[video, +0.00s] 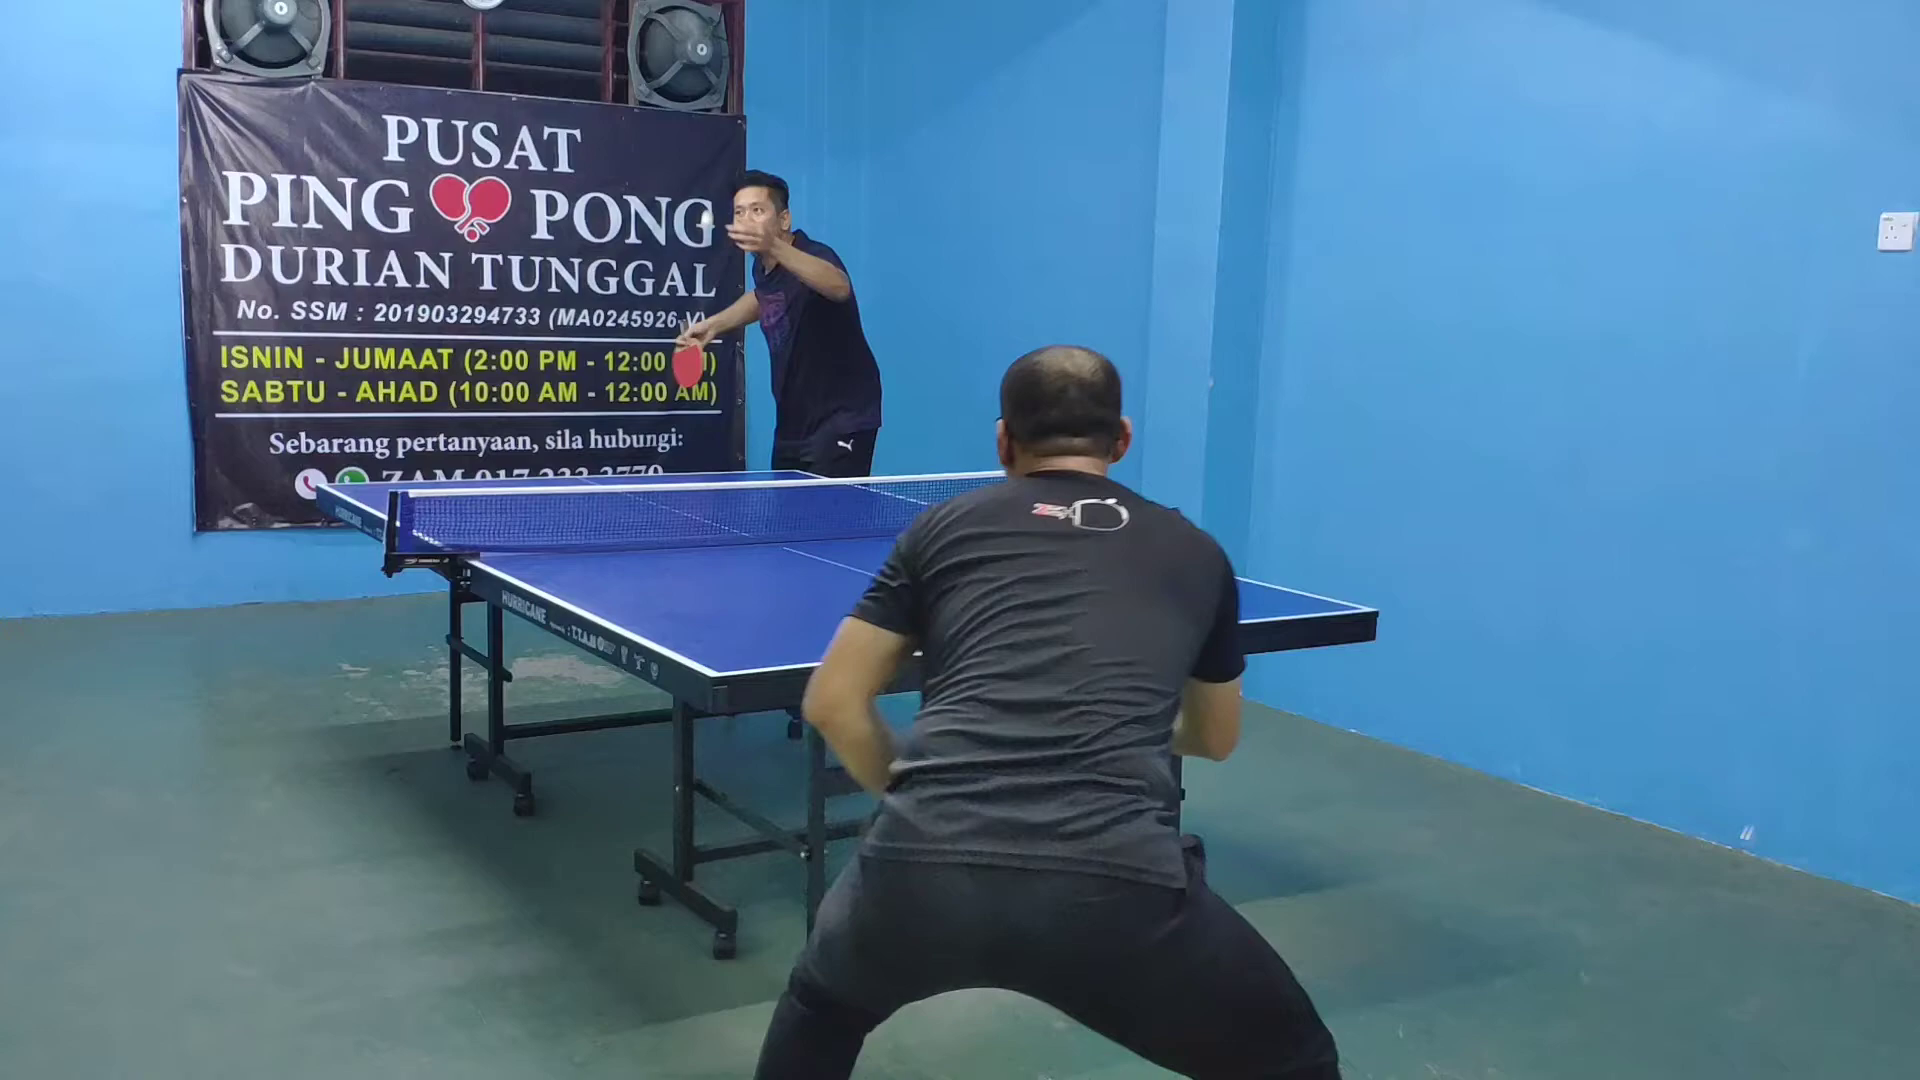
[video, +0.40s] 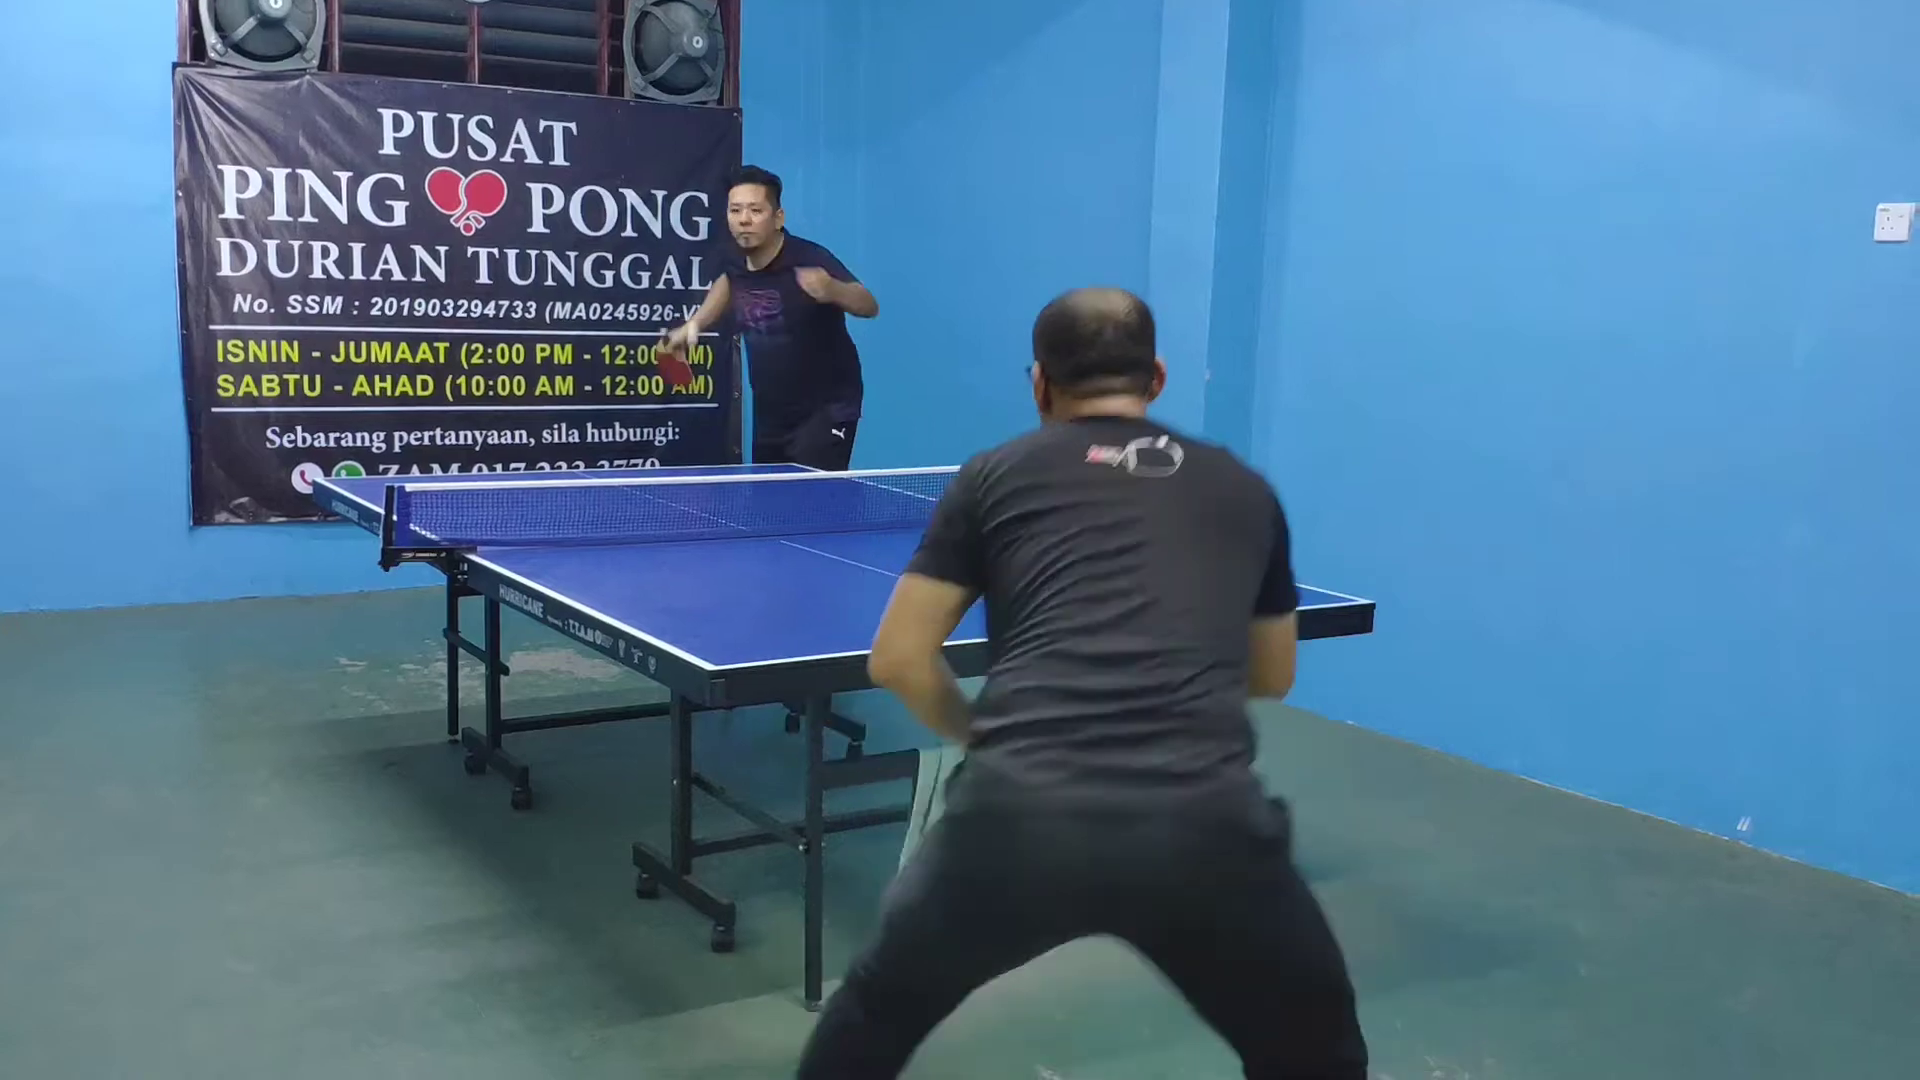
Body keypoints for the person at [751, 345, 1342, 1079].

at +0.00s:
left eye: (1000, 439)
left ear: (1004, 444)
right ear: (1122, 440)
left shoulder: (941, 527)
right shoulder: (1196, 553)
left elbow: (834, 701)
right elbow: (1213, 735)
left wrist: (912, 794)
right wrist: (1119, 717)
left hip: (919, 889)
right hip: (1111, 898)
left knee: (819, 1011)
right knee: (1296, 1057)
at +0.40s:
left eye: (1036, 379)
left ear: (1041, 385)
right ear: (1158, 378)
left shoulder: (994, 477)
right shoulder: (1244, 488)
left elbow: (900, 658)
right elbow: (1272, 673)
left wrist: (979, 733)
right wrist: (1167, 658)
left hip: (1017, 833)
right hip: (1201, 838)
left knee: (871, 1019)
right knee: (1314, 1054)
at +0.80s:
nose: (1058, 420)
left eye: (1057, 404)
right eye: (1056, 403)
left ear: (1075, 402)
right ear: (1180, 400)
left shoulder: (1050, 503)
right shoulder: (1275, 495)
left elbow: (978, 703)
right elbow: (1336, 697)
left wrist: (1068, 719)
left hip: (1150, 856)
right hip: (1319, 850)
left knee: (921, 966)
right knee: (1408, 1020)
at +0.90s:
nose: (983, 423)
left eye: (983, 405)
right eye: (982, 406)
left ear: (1005, 398)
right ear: (1095, 400)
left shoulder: (1008, 481)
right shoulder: (1176, 486)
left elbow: (901, 665)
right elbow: (1142, 667)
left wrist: (986, 627)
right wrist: (983, 721)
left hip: (1125, 843)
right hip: (1274, 826)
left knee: (899, 967)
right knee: (1367, 1019)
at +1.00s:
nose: (907, 405)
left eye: (907, 386)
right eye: (906, 387)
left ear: (932, 375)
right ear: (1015, 373)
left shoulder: (960, 439)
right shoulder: (1084, 460)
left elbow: (799, 532)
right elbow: (1010, 622)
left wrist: (831, 576)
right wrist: (846, 628)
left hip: (1084, 808)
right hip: (1218, 789)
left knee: (864, 970)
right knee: (1326, 1005)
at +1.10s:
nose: (855, 348)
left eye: (857, 332)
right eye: (856, 334)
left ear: (876, 331)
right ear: (973, 333)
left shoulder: (924, 380)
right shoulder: (1016, 429)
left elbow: (801, 365)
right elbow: (878, 533)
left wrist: (723, 472)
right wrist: (752, 484)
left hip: (1047, 769)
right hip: (1182, 744)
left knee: (862, 973)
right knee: (1279, 986)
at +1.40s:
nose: (843, 284)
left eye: (844, 266)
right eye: (849, 264)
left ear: (857, 276)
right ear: (972, 267)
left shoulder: (914, 343)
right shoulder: (1019, 367)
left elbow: (930, 401)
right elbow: (896, 512)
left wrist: (811, 596)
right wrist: (742, 463)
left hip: (1004, 742)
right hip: (1140, 720)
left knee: (829, 982)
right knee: (1251, 965)